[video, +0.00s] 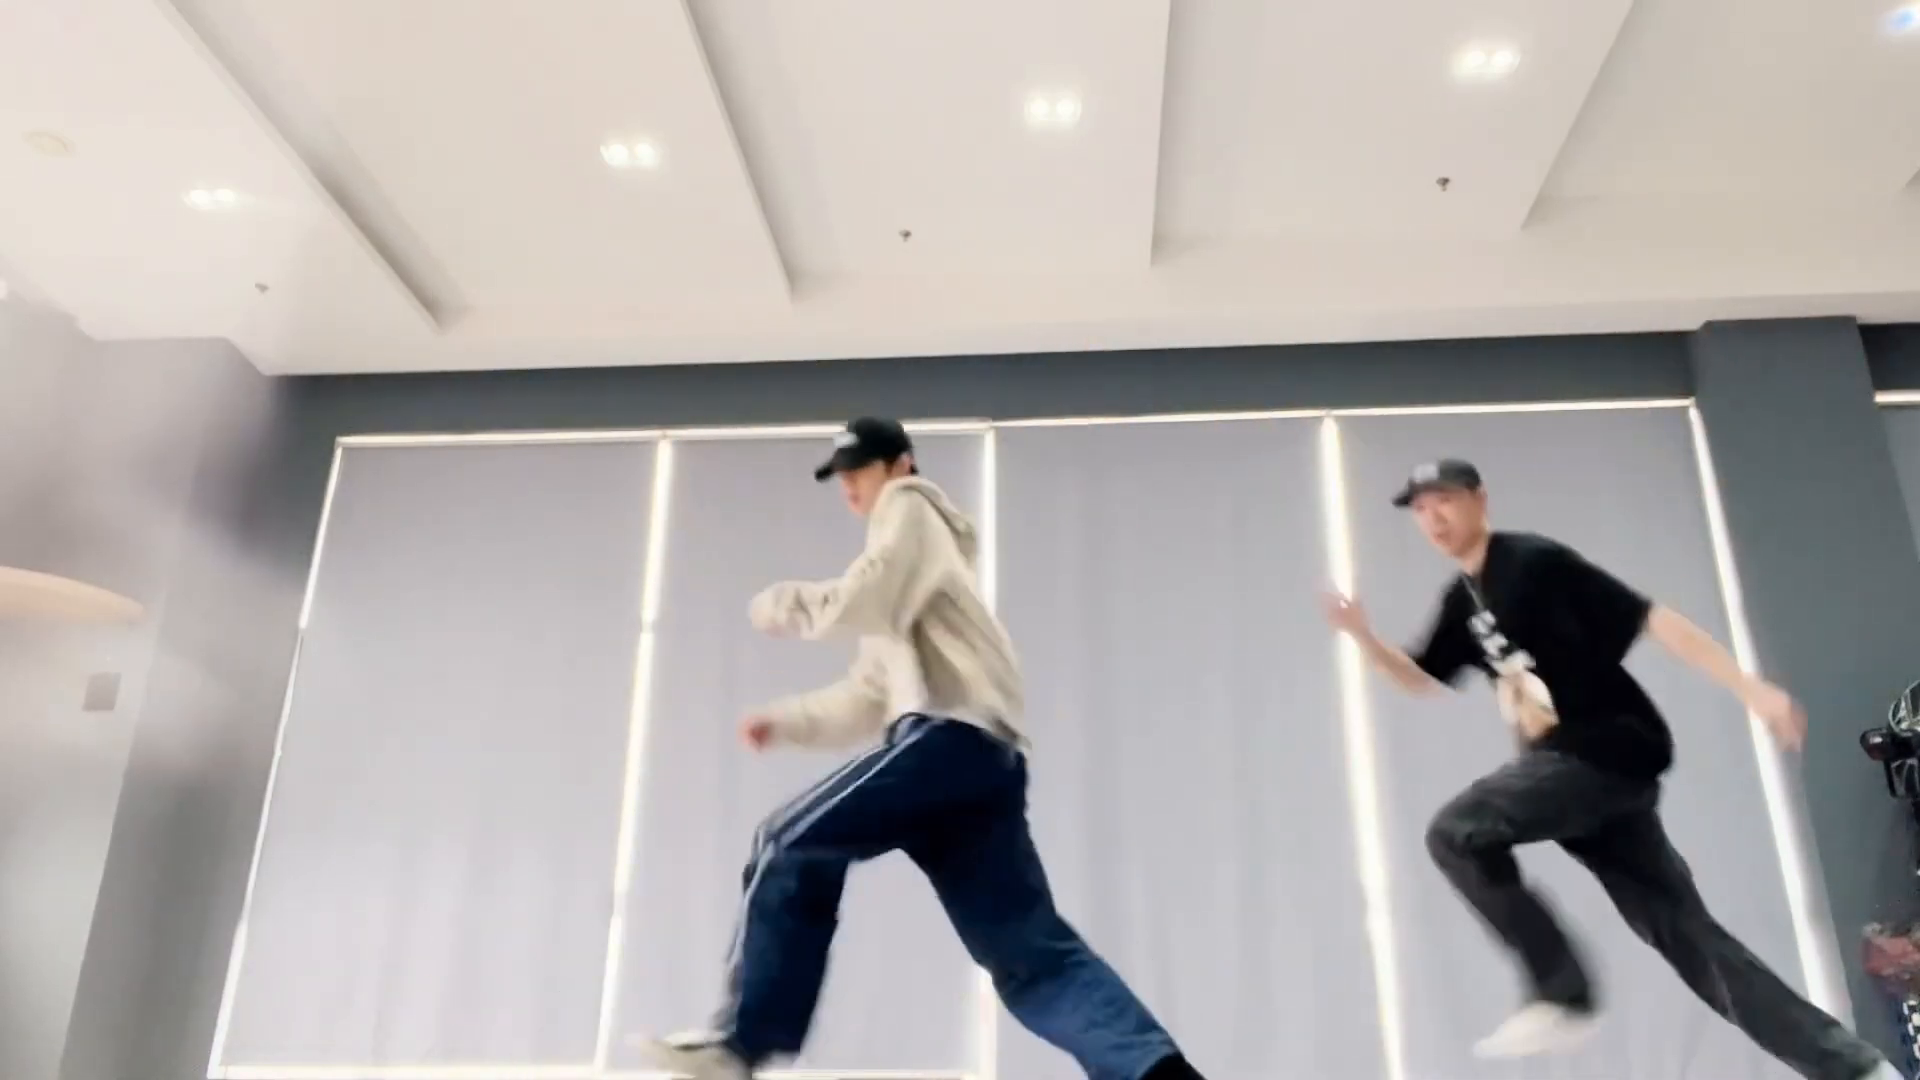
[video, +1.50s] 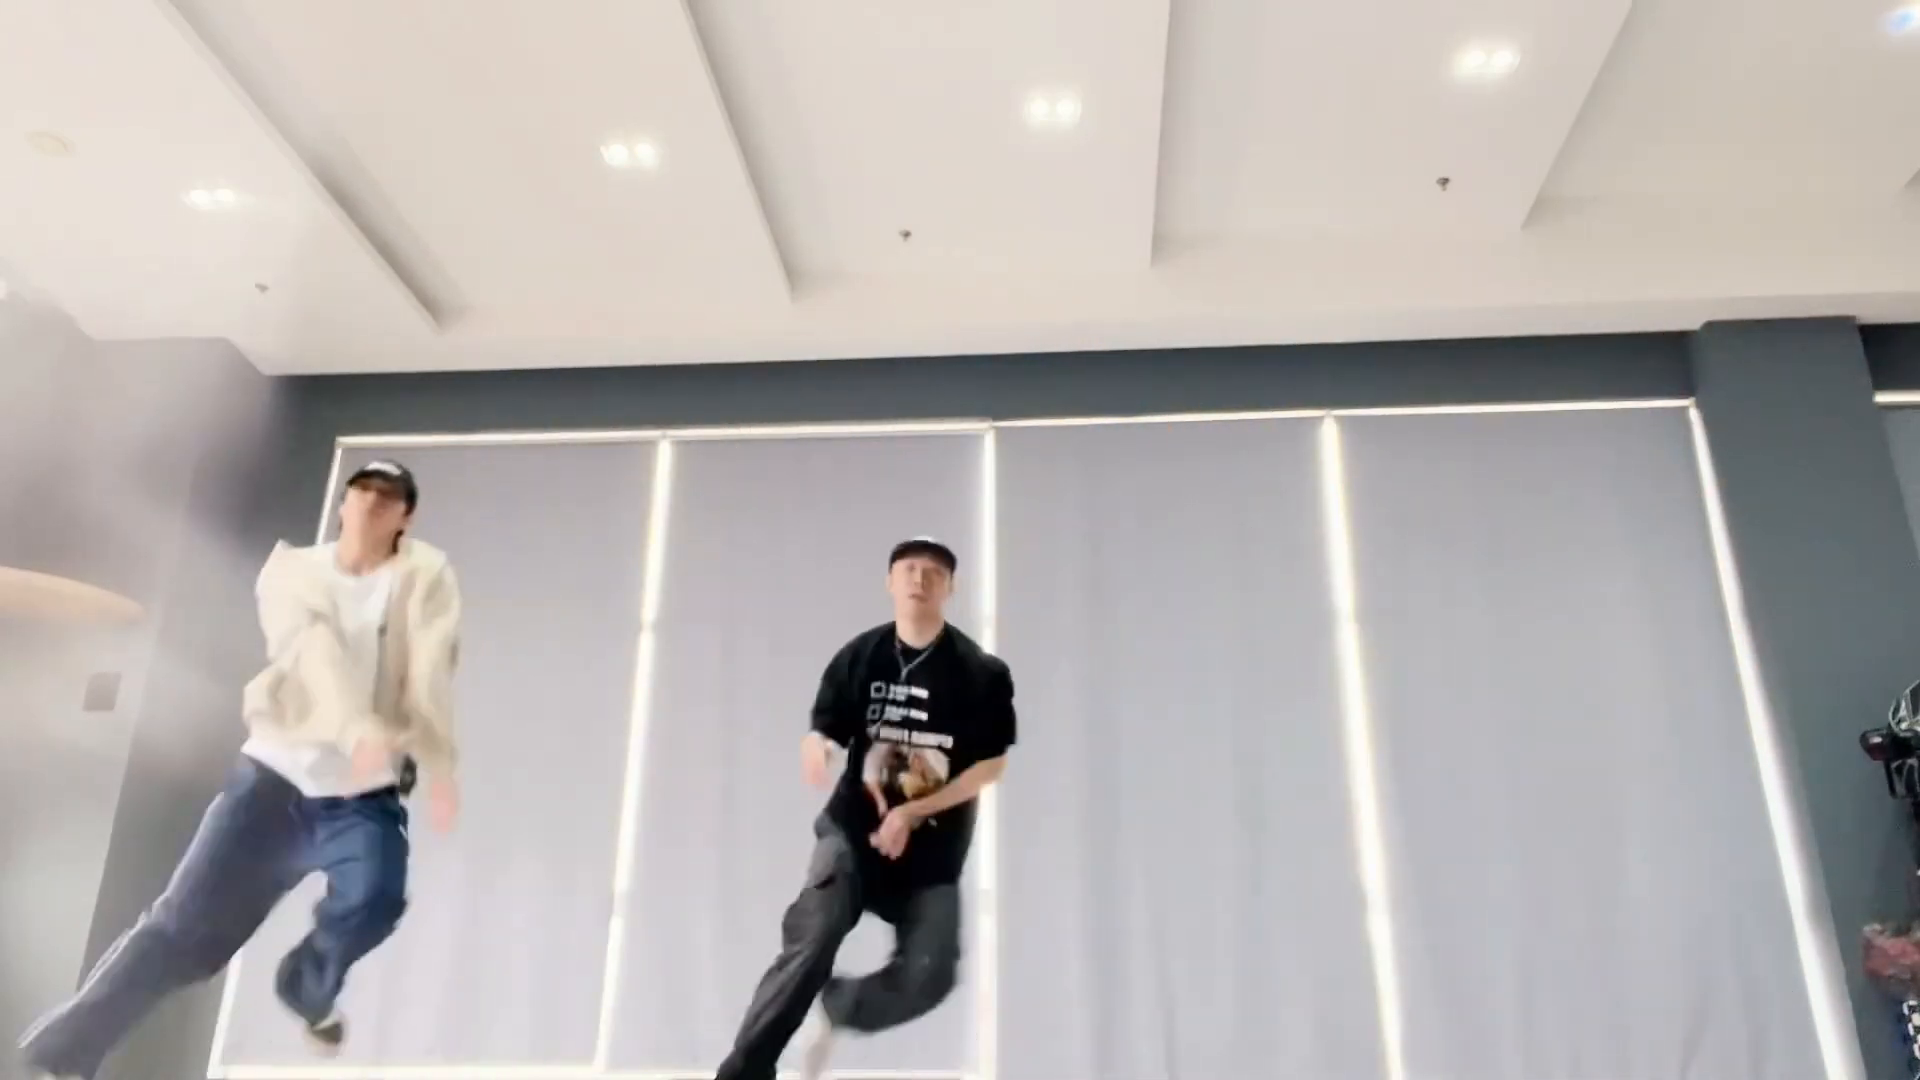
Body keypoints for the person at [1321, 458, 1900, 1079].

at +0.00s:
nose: (1434, 517)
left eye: (1444, 499)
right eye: (1422, 508)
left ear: (1479, 500)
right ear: (1419, 523)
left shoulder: (1538, 564)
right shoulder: (1462, 599)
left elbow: (1654, 622)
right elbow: (1422, 678)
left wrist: (1751, 689)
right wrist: (1361, 634)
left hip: (1611, 756)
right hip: (1573, 771)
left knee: (1458, 833)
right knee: (1687, 937)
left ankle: (1564, 995)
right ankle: (1845, 1062)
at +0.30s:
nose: (1327, 468)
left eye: (1342, 456)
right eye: (1317, 456)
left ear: (1366, 465)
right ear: (1304, 465)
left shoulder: (1402, 527)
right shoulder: (1297, 534)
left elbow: (1487, 584)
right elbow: (1221, 550)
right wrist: (1161, 504)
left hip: (1419, 739)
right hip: (1375, 748)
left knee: (1406, 906)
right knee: (1453, 916)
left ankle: (1404, 1066)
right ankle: (1597, 1033)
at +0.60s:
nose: (1259, 548)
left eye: (1274, 541)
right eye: (1252, 532)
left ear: (1281, 556)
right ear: (1223, 531)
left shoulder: (1294, 612)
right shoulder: (1175, 593)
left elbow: (1376, 634)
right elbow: (1084, 606)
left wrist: (1374, 544)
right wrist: (1121, 532)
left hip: (1265, 812)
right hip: (1192, 799)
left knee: (1292, 945)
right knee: (1097, 854)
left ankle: (1384, 1075)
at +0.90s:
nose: (1174, 593)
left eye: (1187, 587)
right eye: (1168, 576)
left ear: (1191, 599)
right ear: (1135, 567)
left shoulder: (1148, 683)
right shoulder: (1056, 594)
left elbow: (1119, 785)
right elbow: (974, 653)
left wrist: (1144, 872)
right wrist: (904, 712)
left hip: (1063, 811)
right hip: (986, 784)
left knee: (1105, 941)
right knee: (963, 901)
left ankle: (1158, 1068)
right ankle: (979, 1064)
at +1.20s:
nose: (1032, 584)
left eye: (1044, 577)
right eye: (1024, 569)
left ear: (1050, 591)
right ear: (998, 569)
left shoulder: (1036, 655)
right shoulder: (934, 607)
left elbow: (1030, 672)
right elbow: (872, 665)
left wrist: (1063, 615)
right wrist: (835, 737)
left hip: (956, 824)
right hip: (890, 799)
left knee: (895, 948)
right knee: (907, 932)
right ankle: (967, 1067)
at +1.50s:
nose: (921, 580)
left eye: (934, 573)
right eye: (910, 570)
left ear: (950, 588)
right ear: (890, 584)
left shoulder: (982, 674)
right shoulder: (860, 656)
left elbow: (991, 765)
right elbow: (822, 728)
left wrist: (913, 811)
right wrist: (815, 756)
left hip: (931, 851)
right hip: (854, 832)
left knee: (927, 978)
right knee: (812, 945)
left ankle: (837, 1004)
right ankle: (741, 1073)